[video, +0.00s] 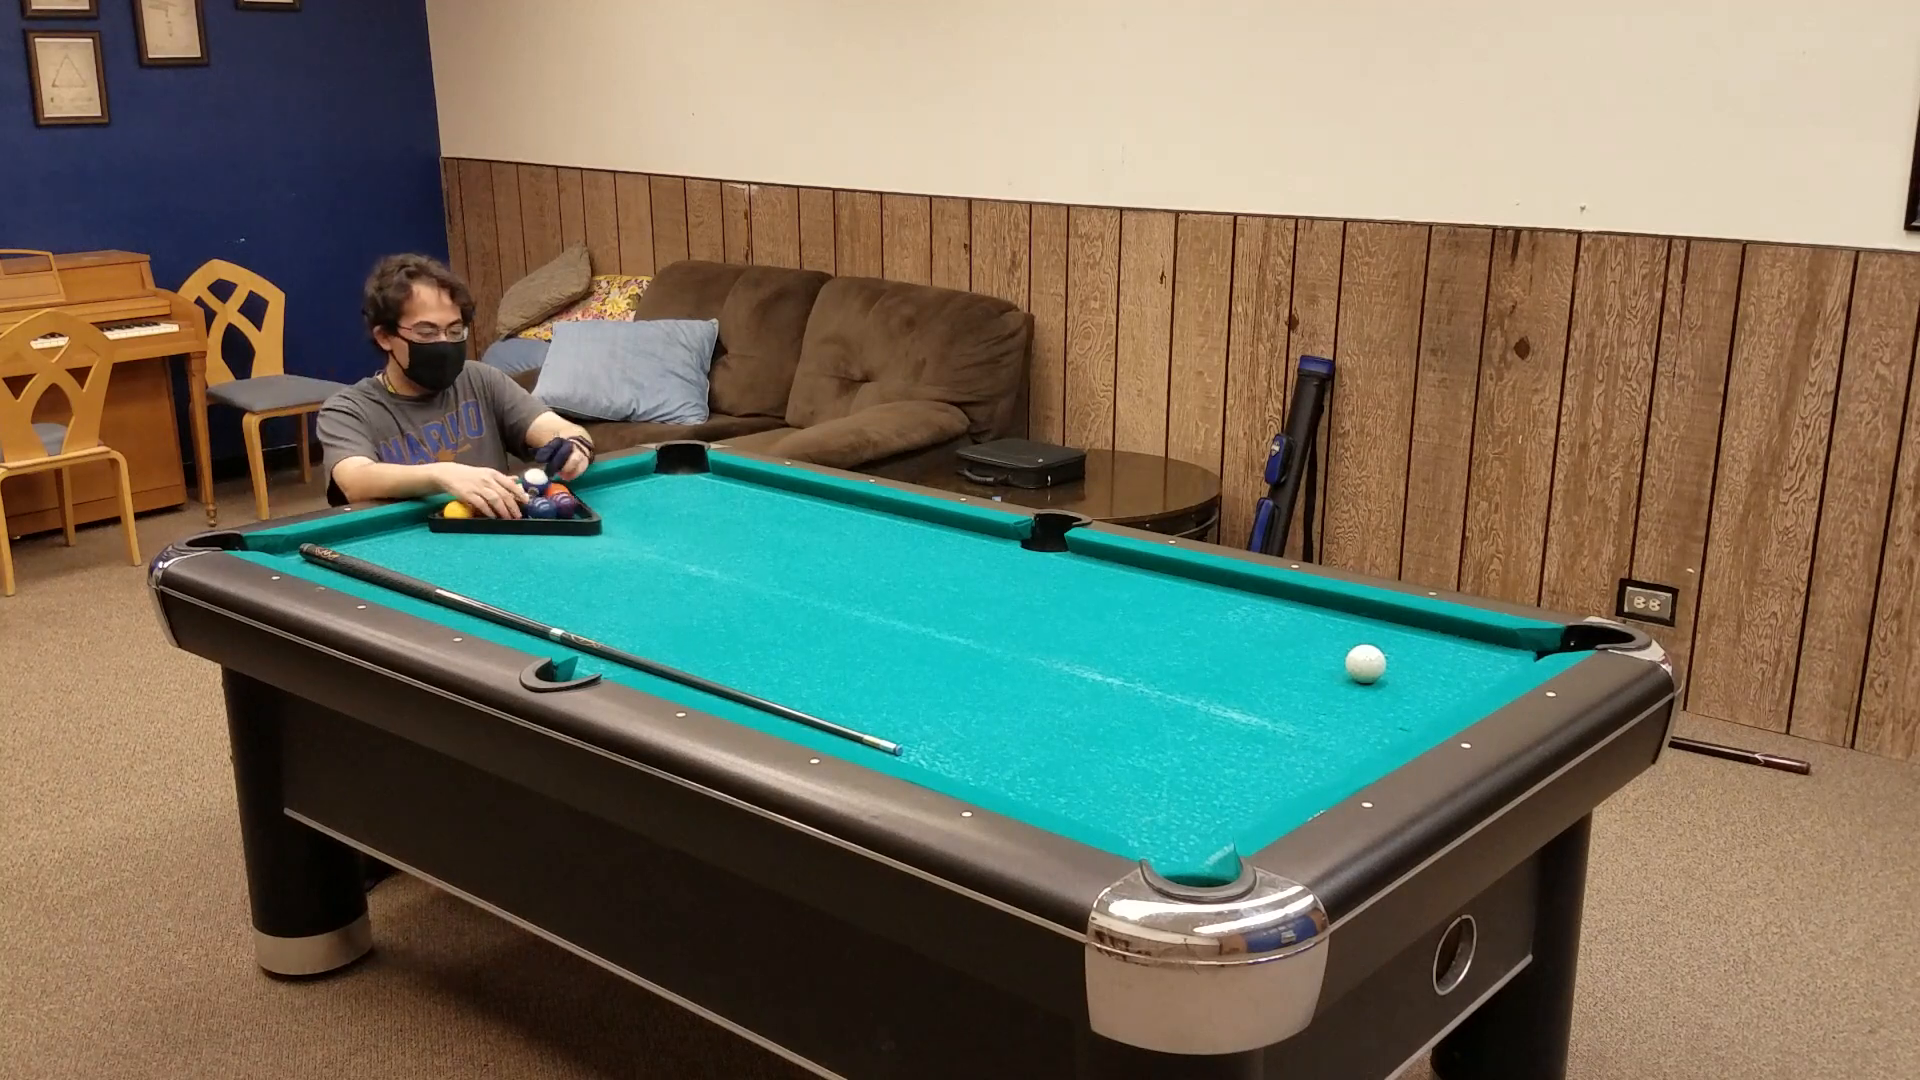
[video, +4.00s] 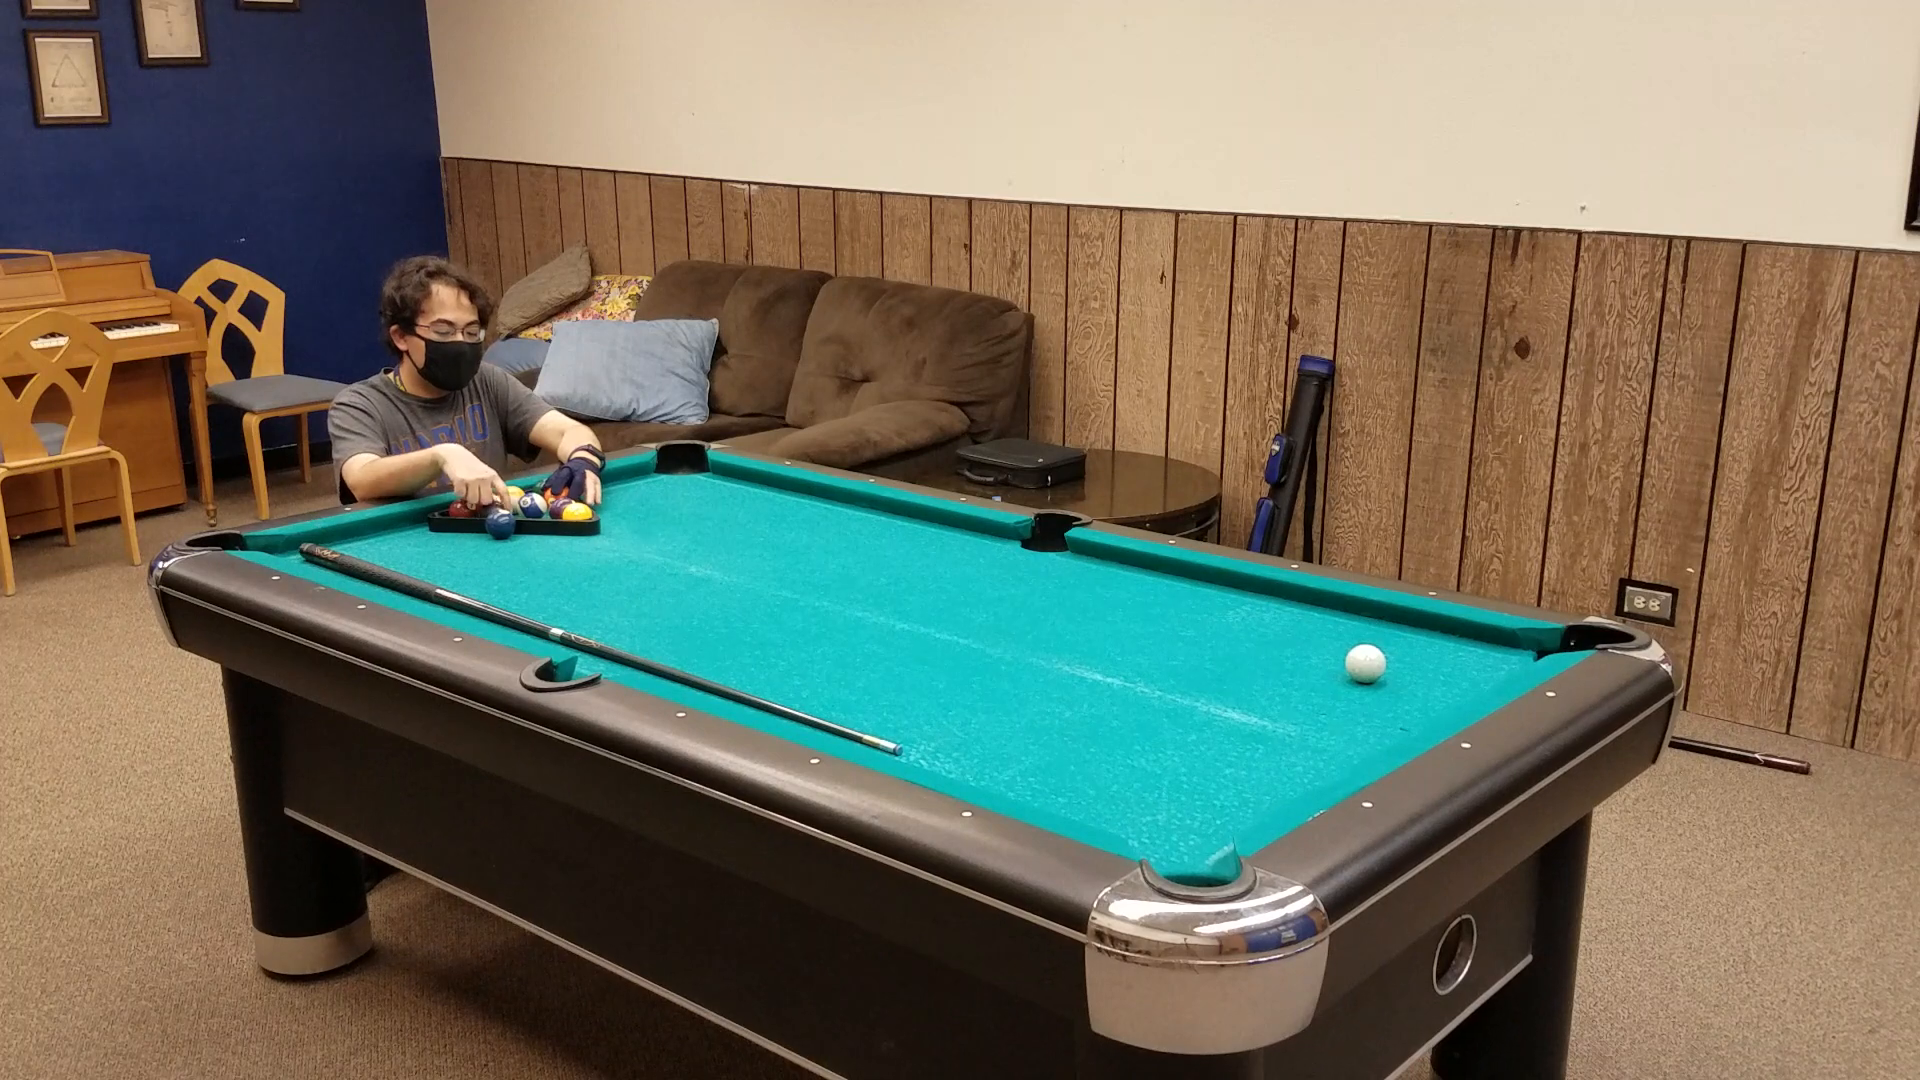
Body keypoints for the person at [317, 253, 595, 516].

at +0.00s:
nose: (445, 344)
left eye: (454, 329)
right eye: (427, 332)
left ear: (465, 326)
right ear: (385, 336)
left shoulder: (482, 381)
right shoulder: (350, 409)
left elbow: (549, 426)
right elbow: (356, 482)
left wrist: (574, 443)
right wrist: (443, 474)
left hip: (505, 552)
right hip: (411, 568)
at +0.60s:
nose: (465, 340)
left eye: (474, 326)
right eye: (447, 326)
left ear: (483, 326)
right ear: (403, 331)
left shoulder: (491, 381)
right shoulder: (360, 405)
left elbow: (564, 431)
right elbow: (344, 490)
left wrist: (584, 455)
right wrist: (409, 459)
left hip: (510, 550)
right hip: (416, 567)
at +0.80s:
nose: (474, 338)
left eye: (483, 326)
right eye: (457, 324)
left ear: (491, 328)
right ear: (412, 328)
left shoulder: (495, 381)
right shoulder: (366, 403)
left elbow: (566, 431)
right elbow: (354, 483)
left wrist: (584, 458)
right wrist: (416, 449)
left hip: (507, 547)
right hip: (416, 563)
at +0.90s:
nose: (474, 336)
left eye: (482, 323)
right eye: (456, 322)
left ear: (491, 326)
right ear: (411, 328)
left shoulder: (492, 379)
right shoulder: (370, 401)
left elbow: (568, 430)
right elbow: (382, 470)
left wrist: (584, 457)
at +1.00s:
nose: (472, 334)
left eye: (481, 322)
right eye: (455, 321)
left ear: (491, 323)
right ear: (411, 328)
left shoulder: (493, 381)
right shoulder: (372, 401)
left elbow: (569, 431)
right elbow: (410, 462)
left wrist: (582, 461)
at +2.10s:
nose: (458, 334)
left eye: (467, 321)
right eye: (440, 322)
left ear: (479, 324)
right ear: (398, 332)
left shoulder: (488, 380)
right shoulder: (362, 404)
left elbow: (567, 431)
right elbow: (380, 474)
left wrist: (582, 458)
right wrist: (465, 472)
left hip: (499, 554)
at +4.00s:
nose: (461, 345)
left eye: (471, 331)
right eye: (443, 330)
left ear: (481, 331)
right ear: (401, 336)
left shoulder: (489, 382)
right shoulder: (361, 404)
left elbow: (567, 431)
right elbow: (363, 481)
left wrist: (583, 457)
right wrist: (442, 455)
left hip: (502, 555)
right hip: (411, 568)